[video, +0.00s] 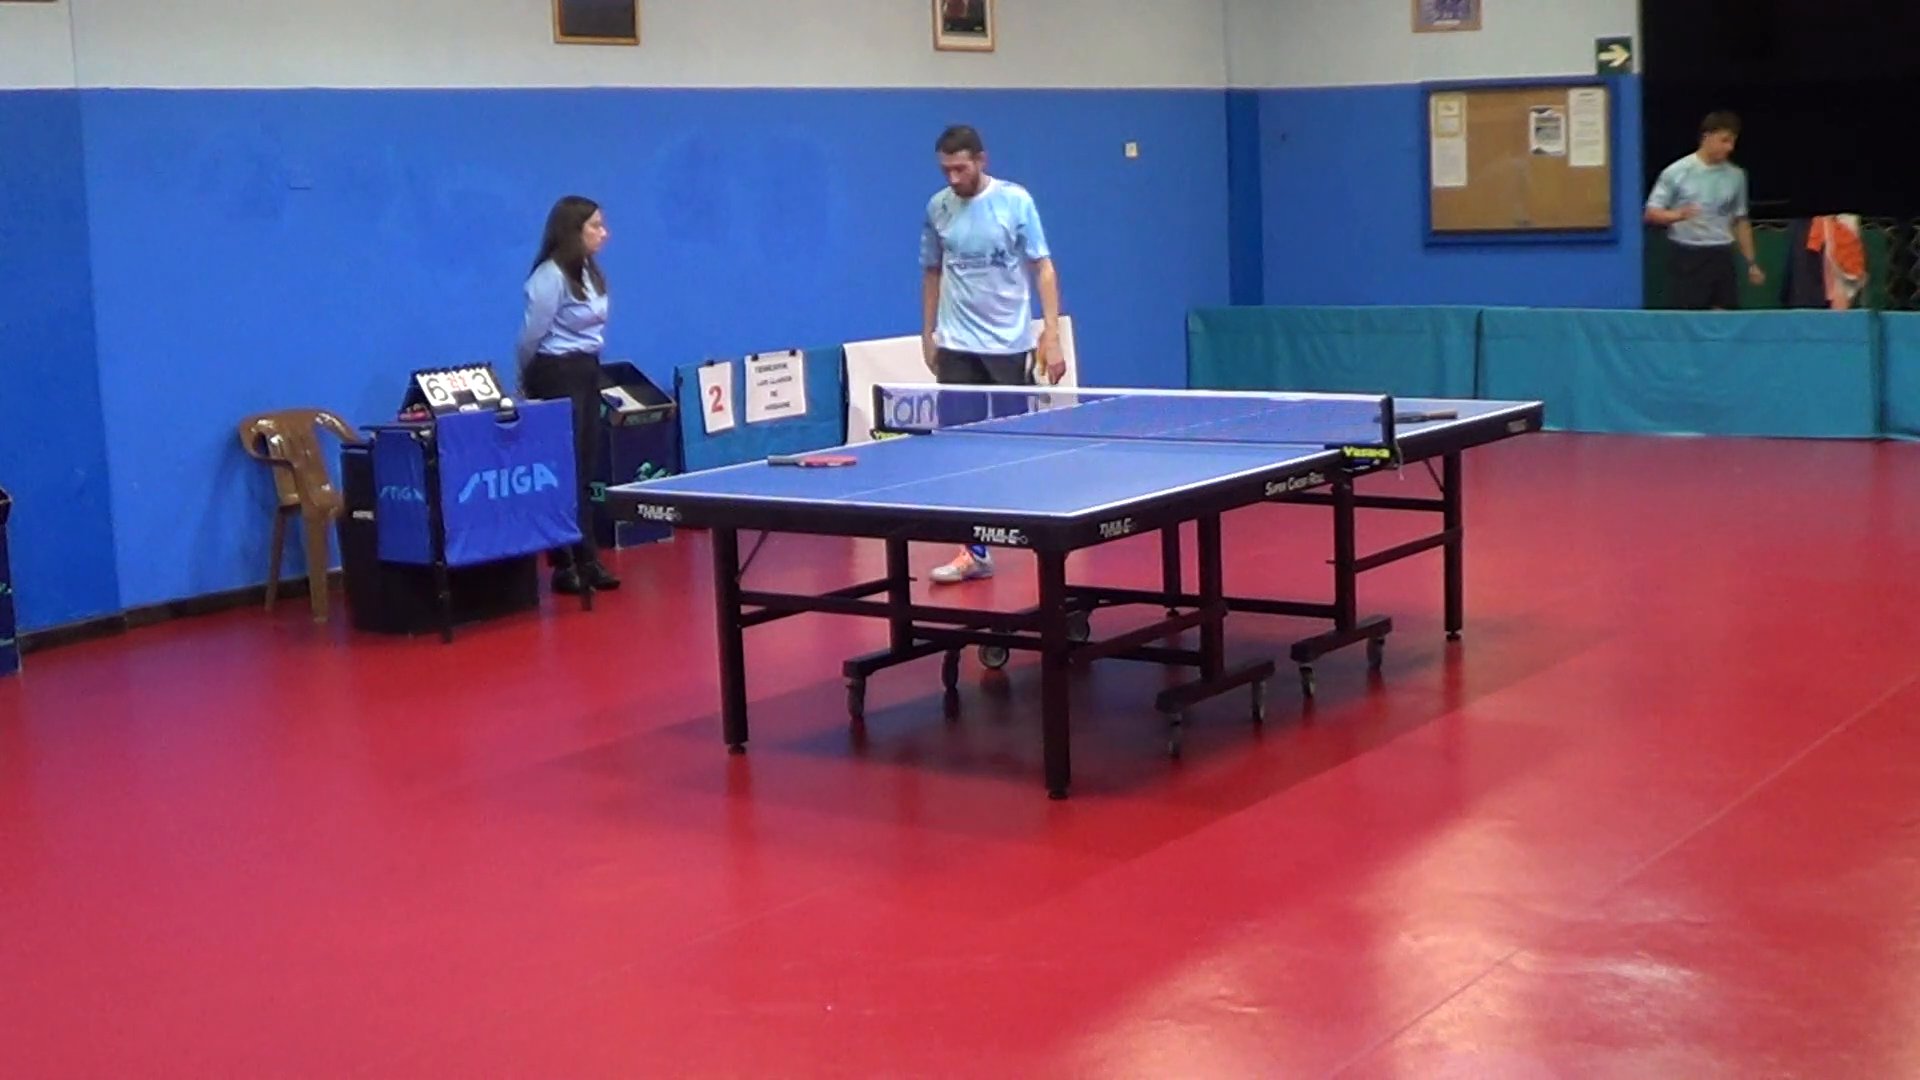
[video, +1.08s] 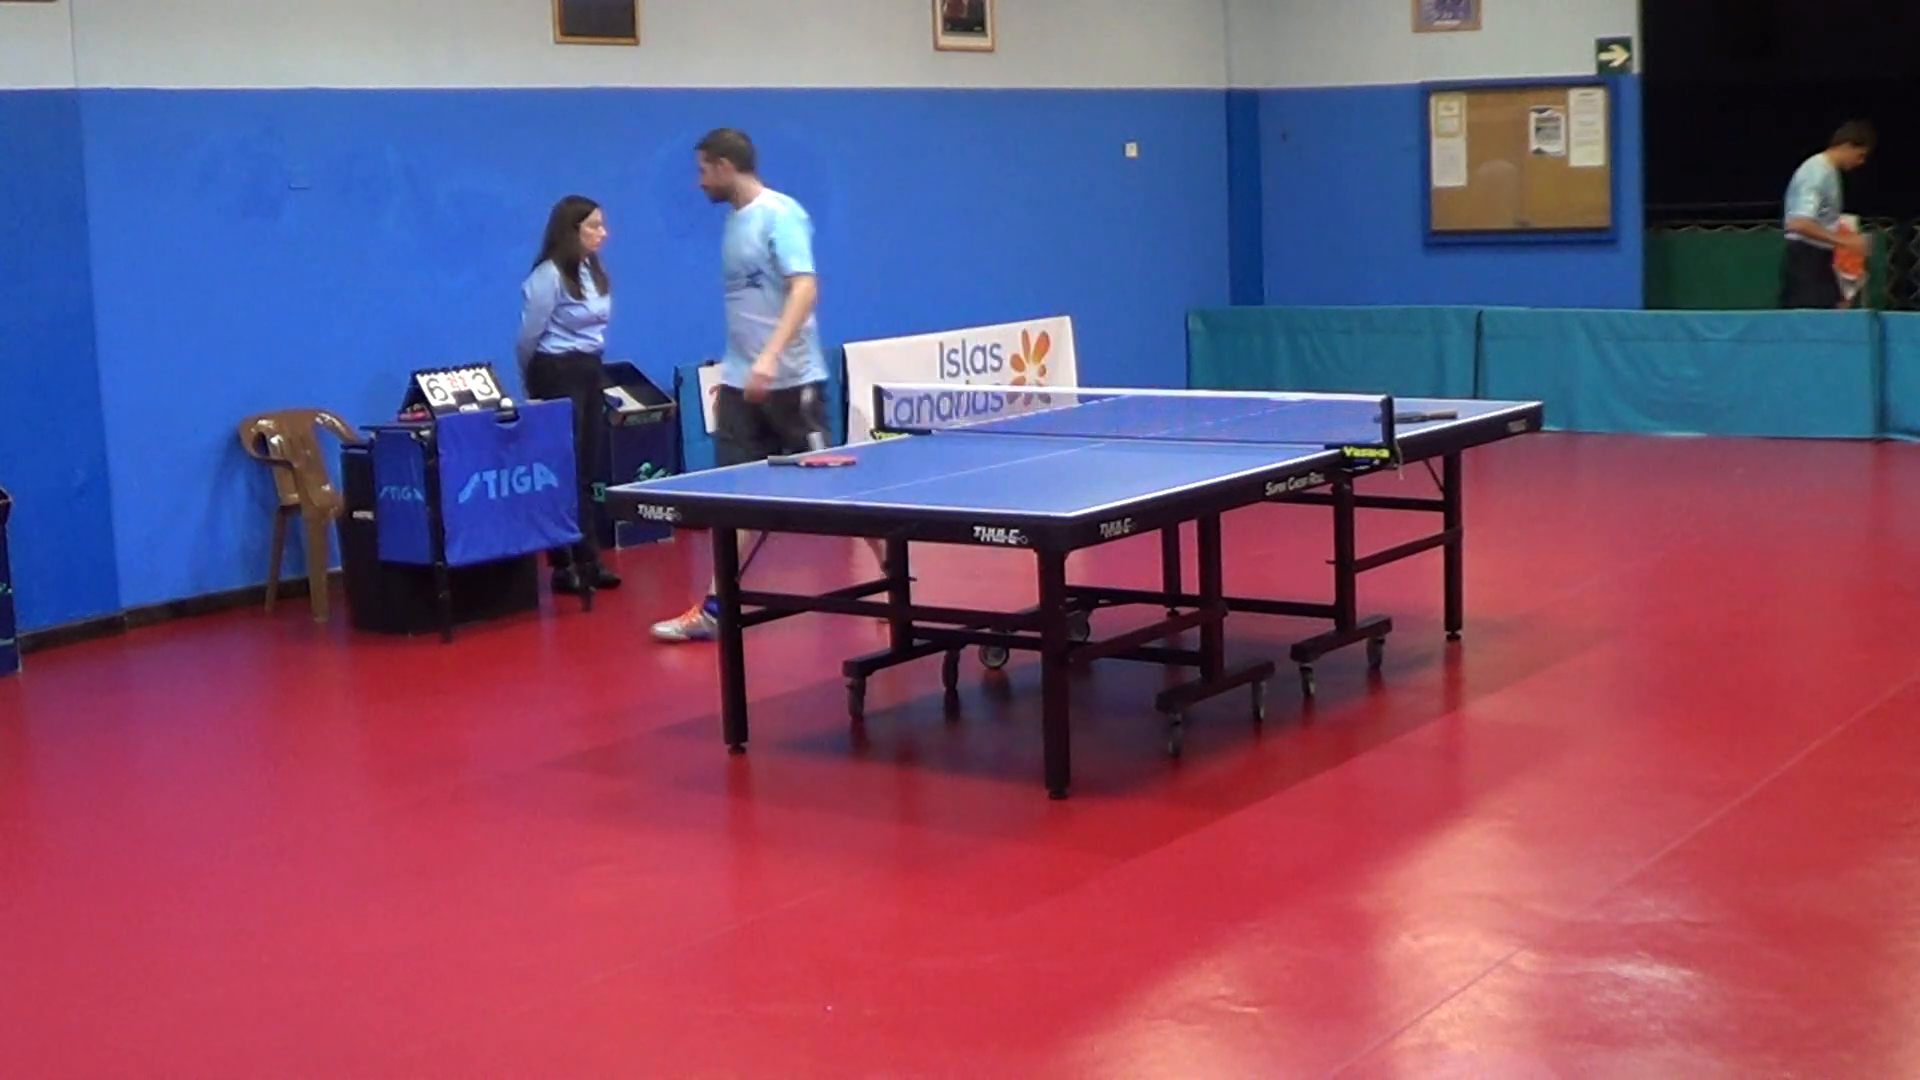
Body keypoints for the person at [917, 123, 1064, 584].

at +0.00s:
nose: (952, 178)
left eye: (959, 169)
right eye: (946, 170)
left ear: (981, 161)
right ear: (942, 167)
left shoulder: (1015, 200)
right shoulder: (938, 206)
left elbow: (1044, 267)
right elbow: (931, 271)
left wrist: (1051, 335)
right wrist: (928, 332)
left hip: (1009, 347)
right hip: (955, 347)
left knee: (1014, 444)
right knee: (959, 446)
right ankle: (975, 549)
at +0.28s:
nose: (900, 178)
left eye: (907, 169)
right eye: (896, 170)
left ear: (934, 163)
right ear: (899, 168)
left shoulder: (977, 203)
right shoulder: (896, 207)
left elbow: (1014, 264)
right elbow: (882, 271)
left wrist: (1029, 337)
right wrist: (862, 334)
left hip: (962, 346)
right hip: (914, 349)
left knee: (952, 446)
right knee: (935, 449)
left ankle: (970, 552)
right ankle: (972, 549)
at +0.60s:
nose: (843, 173)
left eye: (849, 164)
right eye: (841, 165)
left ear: (880, 162)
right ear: (852, 165)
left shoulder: (926, 211)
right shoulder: (846, 209)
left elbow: (951, 286)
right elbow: (835, 274)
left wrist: (955, 363)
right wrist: (808, 336)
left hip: (912, 362)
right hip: (859, 362)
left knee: (919, 463)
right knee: (867, 467)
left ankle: (947, 542)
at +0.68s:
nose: (823, 169)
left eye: (829, 160)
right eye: (821, 160)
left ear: (859, 157)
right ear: (842, 159)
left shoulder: (909, 207)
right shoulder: (833, 206)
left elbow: (934, 286)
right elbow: (828, 272)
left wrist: (927, 362)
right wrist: (806, 333)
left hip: (902, 365)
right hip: (845, 363)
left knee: (915, 471)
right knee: (837, 465)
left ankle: (912, 576)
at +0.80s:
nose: (790, 169)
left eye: (796, 159)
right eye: (788, 159)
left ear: (823, 155)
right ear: (814, 157)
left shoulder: (879, 205)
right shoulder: (812, 205)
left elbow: (902, 284)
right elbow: (819, 279)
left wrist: (878, 362)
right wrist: (801, 336)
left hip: (870, 367)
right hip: (818, 363)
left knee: (878, 471)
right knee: (787, 455)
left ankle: (905, 577)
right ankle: (851, 558)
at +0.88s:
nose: (766, 172)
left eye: (771, 162)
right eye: (766, 162)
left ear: (796, 159)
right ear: (794, 160)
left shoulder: (856, 208)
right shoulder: (793, 211)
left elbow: (875, 288)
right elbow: (812, 288)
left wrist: (843, 360)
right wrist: (804, 349)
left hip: (854, 368)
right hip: (803, 364)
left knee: (877, 473)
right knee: (776, 462)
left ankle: (903, 581)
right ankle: (787, 585)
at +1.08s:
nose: (699, 179)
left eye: (703, 169)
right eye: (699, 170)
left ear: (726, 167)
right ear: (727, 168)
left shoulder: (781, 214)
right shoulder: (735, 221)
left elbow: (805, 289)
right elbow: (749, 306)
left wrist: (769, 357)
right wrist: (730, 375)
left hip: (793, 385)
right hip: (742, 386)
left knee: (833, 491)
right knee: (731, 500)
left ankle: (893, 578)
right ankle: (719, 607)